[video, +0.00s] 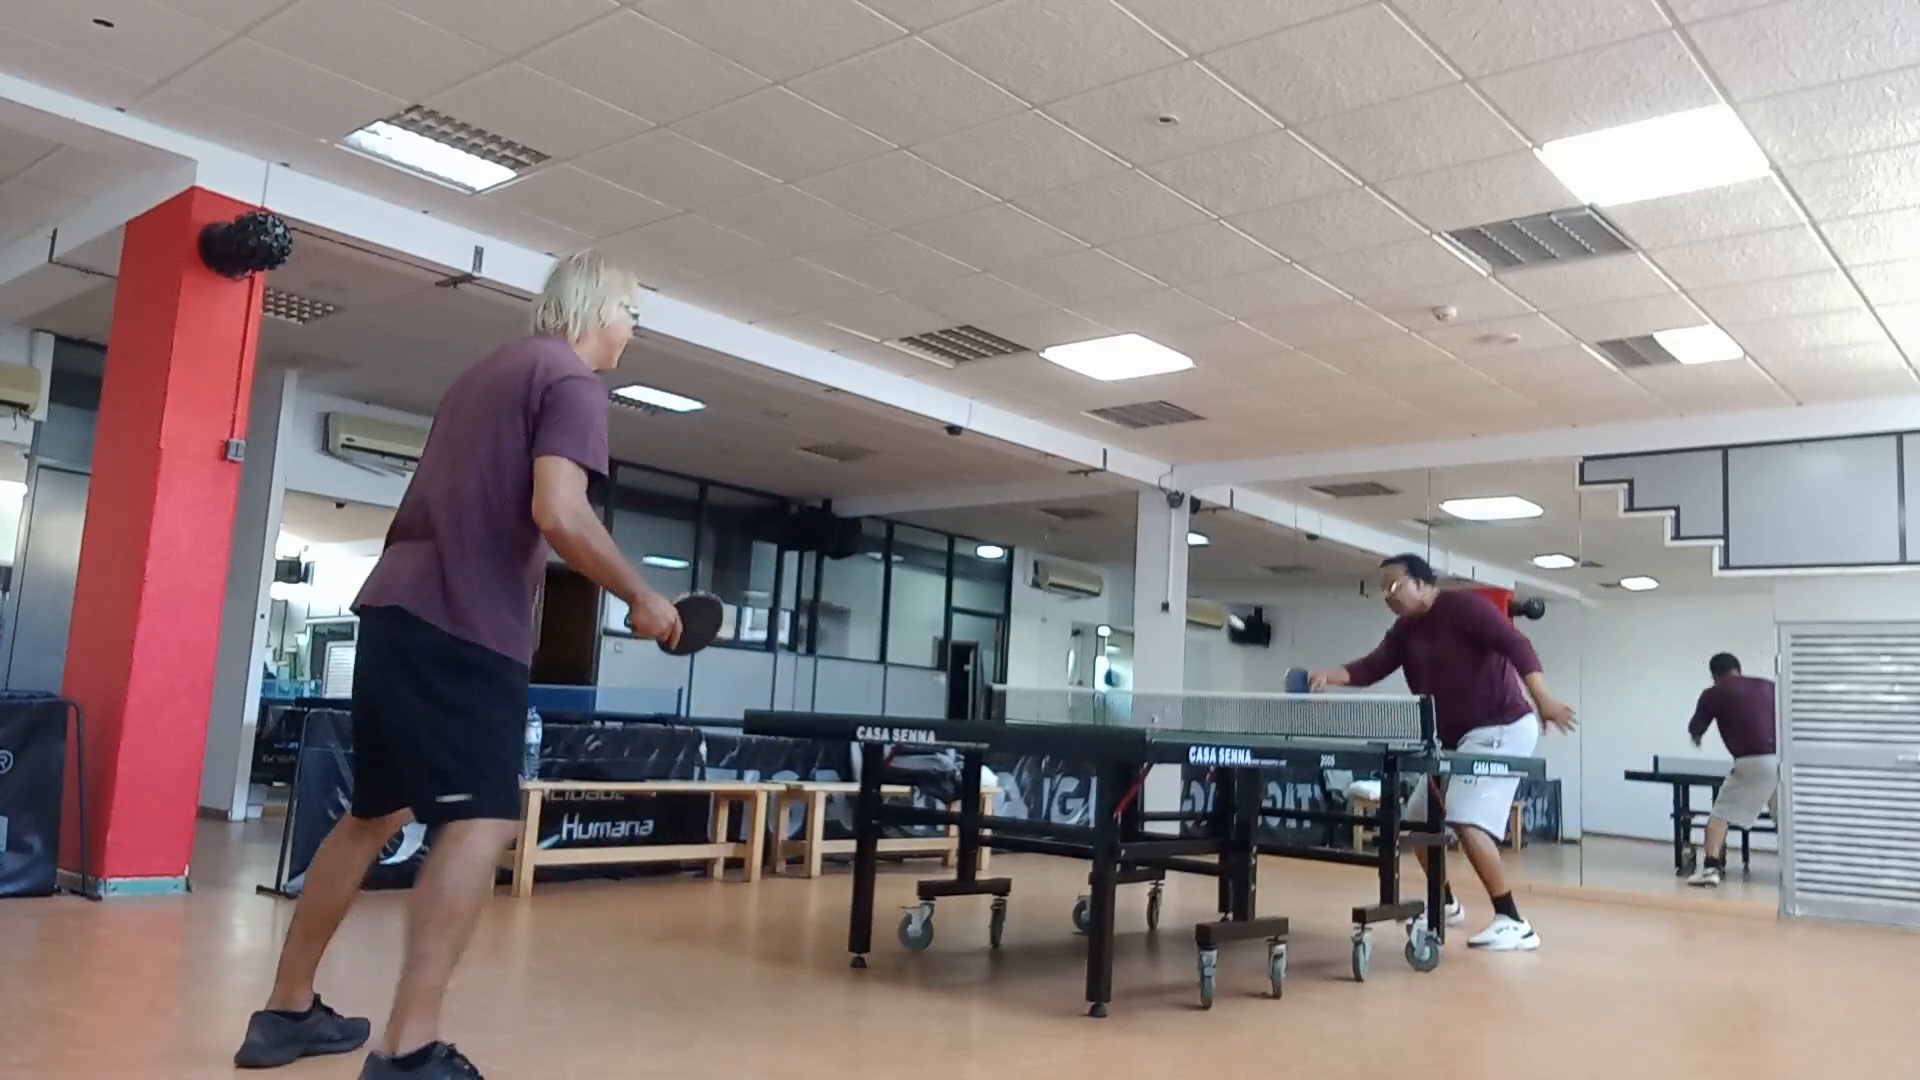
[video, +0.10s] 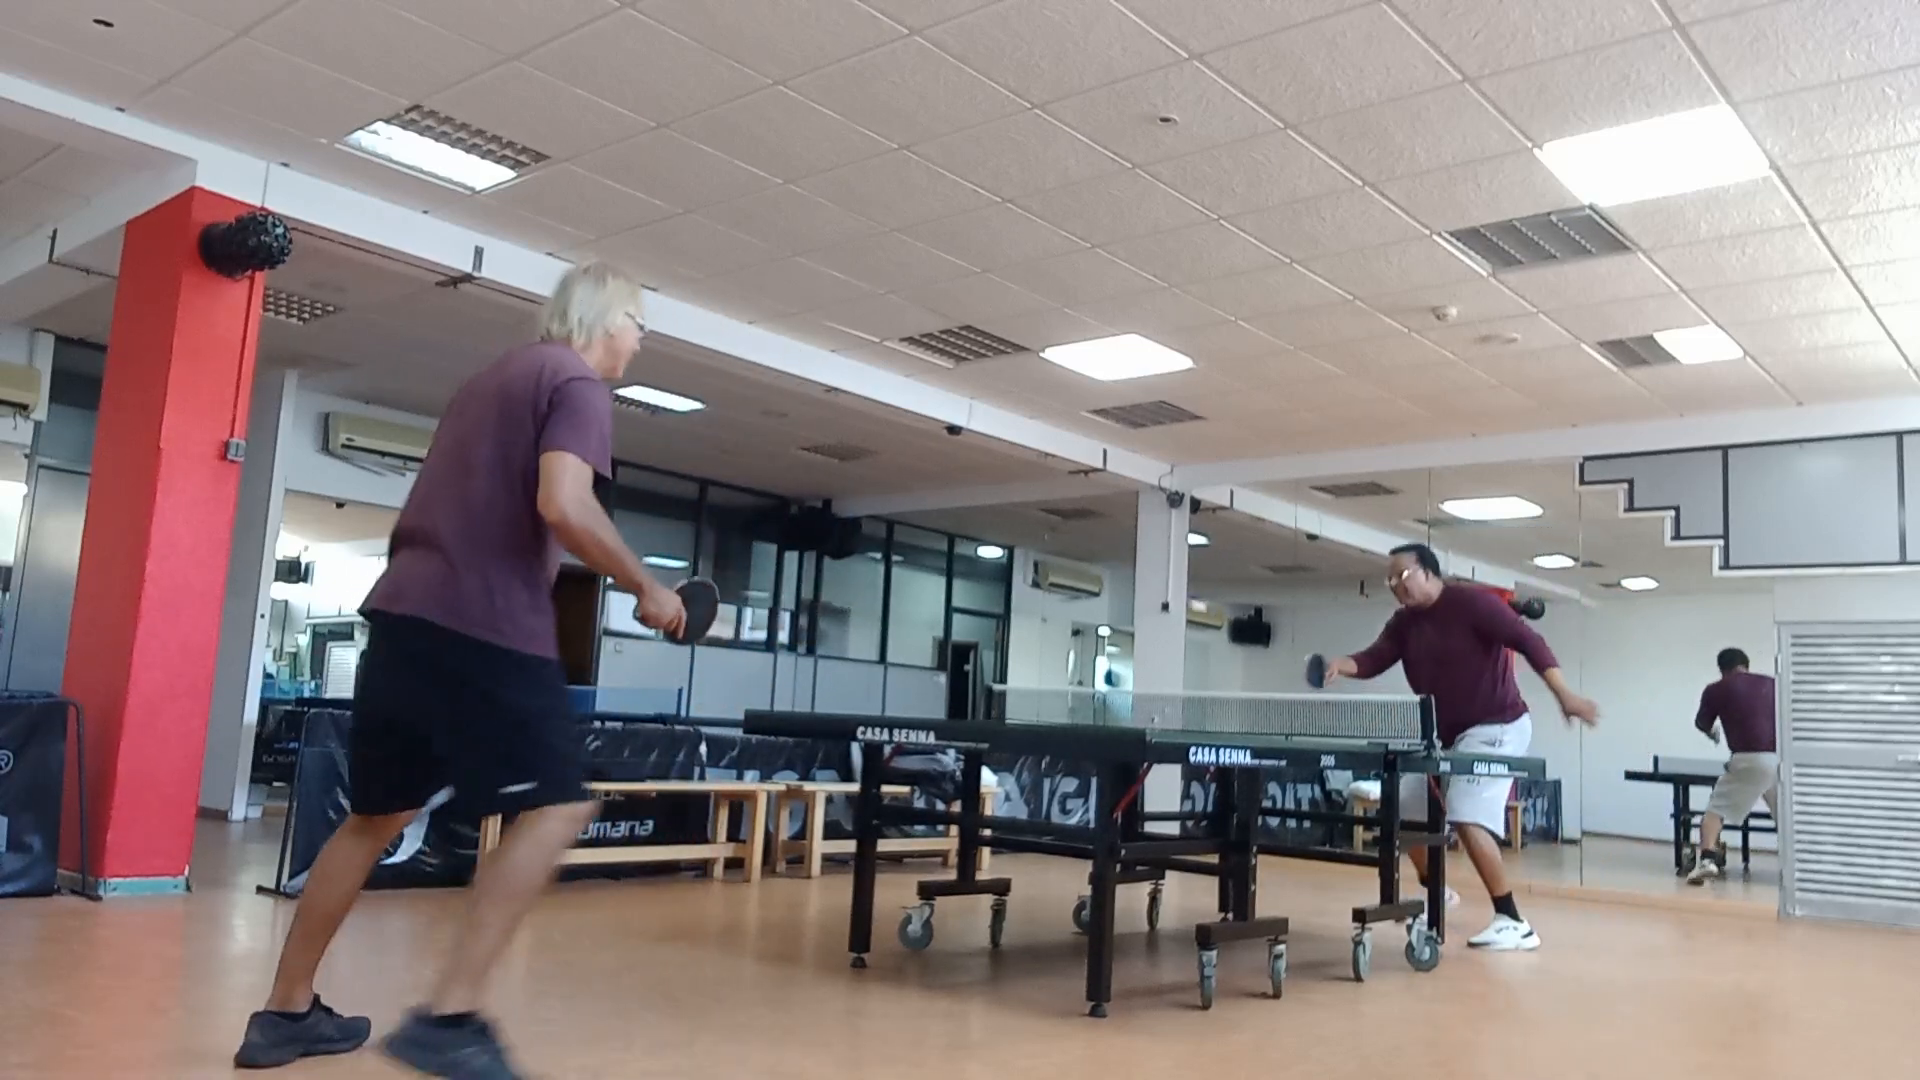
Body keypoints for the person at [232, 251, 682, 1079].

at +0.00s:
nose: (627, 338)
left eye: (630, 323)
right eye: (626, 322)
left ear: (554, 311)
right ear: (597, 319)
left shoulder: (487, 369)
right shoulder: (573, 379)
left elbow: (437, 507)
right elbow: (559, 511)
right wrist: (641, 596)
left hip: (395, 610)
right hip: (466, 628)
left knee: (373, 812)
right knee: (480, 820)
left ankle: (285, 1009)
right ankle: (408, 1047)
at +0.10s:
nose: (637, 347)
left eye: (639, 332)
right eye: (634, 330)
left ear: (563, 317)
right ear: (602, 323)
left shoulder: (493, 375)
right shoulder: (577, 381)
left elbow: (439, 512)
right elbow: (563, 502)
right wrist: (648, 589)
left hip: (403, 616)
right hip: (486, 628)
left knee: (376, 814)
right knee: (559, 803)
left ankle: (285, 1009)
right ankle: (449, 1015)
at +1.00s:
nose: (854, 419)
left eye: (849, 411)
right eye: (856, 409)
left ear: (781, 387)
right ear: (843, 403)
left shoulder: (706, 426)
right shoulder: (840, 440)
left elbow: (629, 540)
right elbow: (935, 524)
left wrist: (697, 577)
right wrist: (981, 549)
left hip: (635, 622)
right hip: (736, 631)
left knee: (588, 800)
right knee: (793, 815)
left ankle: (467, 978)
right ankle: (785, 1033)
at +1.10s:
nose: (824, 402)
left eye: (825, 391)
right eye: (824, 391)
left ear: (750, 370)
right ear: (811, 385)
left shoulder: (675, 425)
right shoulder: (811, 427)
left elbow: (608, 540)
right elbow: (911, 506)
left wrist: (663, 584)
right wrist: (955, 532)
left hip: (624, 626)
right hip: (728, 633)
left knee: (571, 804)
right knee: (790, 820)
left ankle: (467, 988)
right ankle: (785, 1032)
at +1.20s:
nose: (778, 388)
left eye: (776, 376)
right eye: (777, 377)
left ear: (702, 364)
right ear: (765, 374)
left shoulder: (632, 423)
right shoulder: (766, 419)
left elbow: (573, 547)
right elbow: (865, 499)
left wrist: (629, 599)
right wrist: (916, 519)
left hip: (608, 642)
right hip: (712, 646)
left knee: (548, 811)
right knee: (777, 819)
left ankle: (454, 995)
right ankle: (787, 1028)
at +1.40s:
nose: (669, 367)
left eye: (668, 355)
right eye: (665, 354)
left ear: (587, 348)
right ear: (644, 350)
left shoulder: (529, 419)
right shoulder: (651, 409)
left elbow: (479, 539)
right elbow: (735, 505)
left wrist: (535, 584)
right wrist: (797, 518)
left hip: (521, 633)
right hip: (613, 633)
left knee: (507, 815)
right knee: (680, 822)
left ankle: (445, 1005)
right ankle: (724, 1018)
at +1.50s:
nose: (642, 344)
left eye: (643, 330)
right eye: (640, 329)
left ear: (567, 317)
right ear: (615, 319)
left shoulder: (502, 388)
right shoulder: (613, 374)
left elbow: (436, 500)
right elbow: (680, 479)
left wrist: (487, 563)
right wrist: (749, 509)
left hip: (481, 605)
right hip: (564, 605)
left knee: (484, 792)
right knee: (612, 788)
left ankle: (438, 998)